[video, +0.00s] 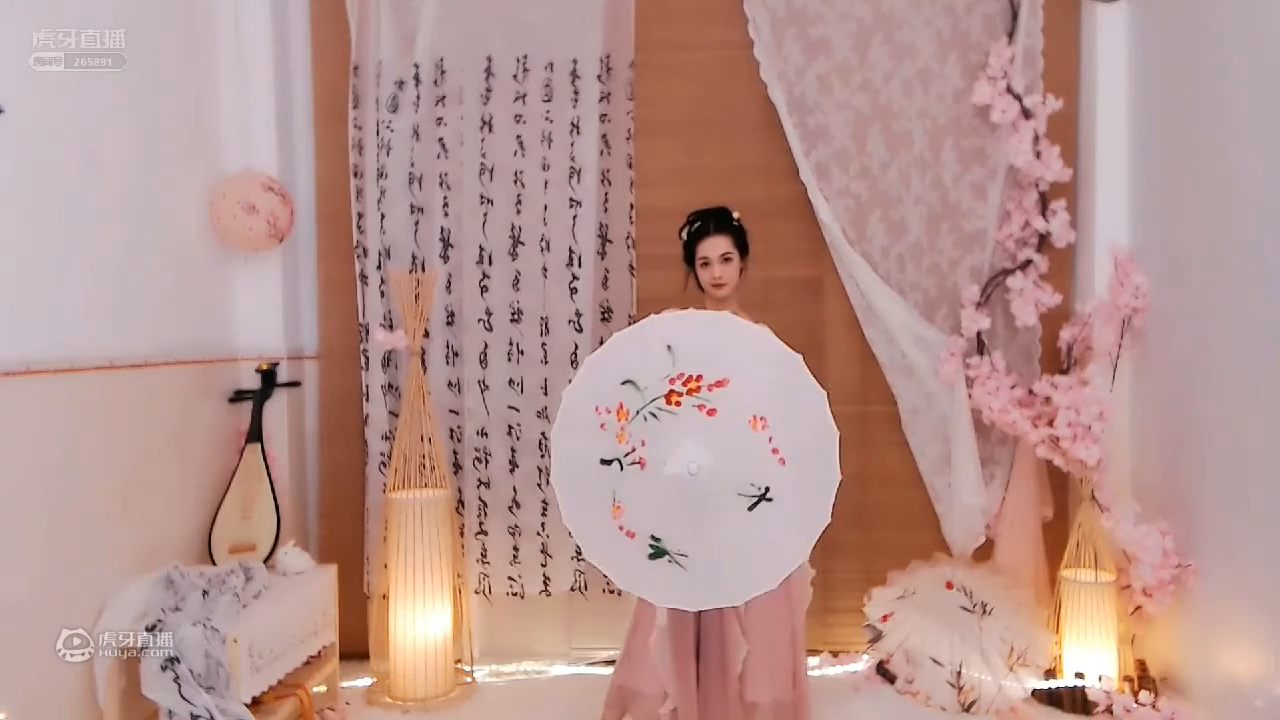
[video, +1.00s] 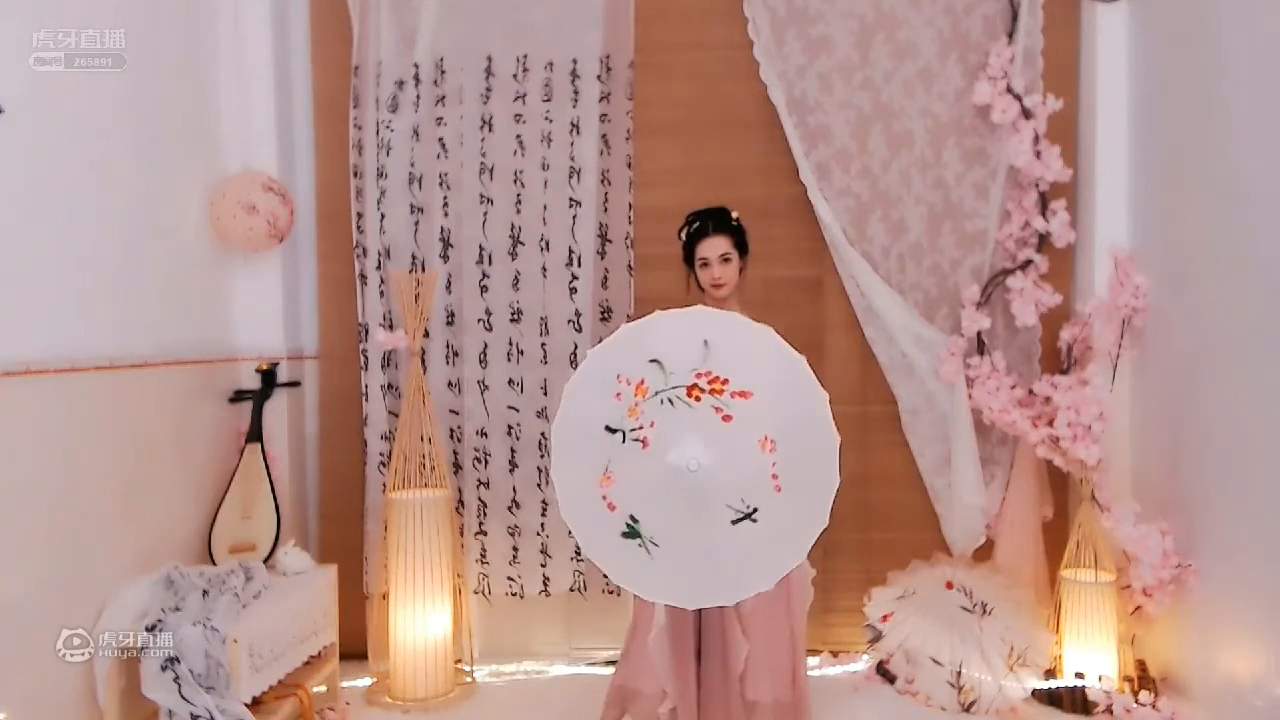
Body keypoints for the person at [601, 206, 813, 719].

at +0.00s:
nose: (716, 272)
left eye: (726, 259)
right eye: (705, 262)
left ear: (742, 264)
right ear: (692, 268)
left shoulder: (759, 338)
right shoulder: (671, 333)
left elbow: (783, 427)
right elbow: (644, 417)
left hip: (744, 490)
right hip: (682, 487)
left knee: (743, 606)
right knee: (679, 605)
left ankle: (743, 710)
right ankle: (676, 710)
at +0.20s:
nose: (716, 272)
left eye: (726, 259)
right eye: (705, 262)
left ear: (742, 263)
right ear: (693, 268)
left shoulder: (762, 340)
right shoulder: (671, 336)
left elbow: (785, 431)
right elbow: (644, 419)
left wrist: (779, 510)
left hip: (746, 493)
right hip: (681, 491)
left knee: (744, 609)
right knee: (678, 608)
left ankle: (743, 711)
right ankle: (675, 711)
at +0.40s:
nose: (716, 272)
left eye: (726, 259)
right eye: (705, 262)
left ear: (742, 264)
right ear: (693, 268)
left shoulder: (761, 340)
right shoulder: (670, 337)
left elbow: (787, 430)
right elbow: (643, 421)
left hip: (746, 495)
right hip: (681, 493)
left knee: (744, 612)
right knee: (679, 612)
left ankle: (744, 711)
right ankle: (677, 712)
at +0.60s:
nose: (716, 272)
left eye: (725, 259)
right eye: (705, 262)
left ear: (742, 264)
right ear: (692, 268)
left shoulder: (760, 341)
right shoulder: (666, 338)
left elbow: (789, 433)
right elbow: (639, 426)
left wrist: (786, 517)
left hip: (745, 500)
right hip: (679, 497)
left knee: (745, 618)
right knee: (677, 617)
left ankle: (744, 712)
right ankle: (674, 712)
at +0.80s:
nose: (715, 273)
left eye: (725, 259)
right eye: (704, 262)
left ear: (742, 263)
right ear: (692, 269)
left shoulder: (761, 342)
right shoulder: (674, 339)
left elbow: (785, 432)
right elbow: (648, 425)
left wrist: (781, 514)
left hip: (748, 496)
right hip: (684, 494)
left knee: (747, 616)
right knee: (681, 615)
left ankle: (745, 712)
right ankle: (676, 712)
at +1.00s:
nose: (715, 273)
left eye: (724, 259)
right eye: (704, 262)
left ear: (741, 263)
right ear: (692, 268)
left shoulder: (761, 341)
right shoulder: (671, 337)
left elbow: (786, 430)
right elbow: (645, 425)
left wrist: (782, 516)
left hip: (747, 496)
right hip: (681, 495)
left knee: (745, 617)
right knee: (678, 615)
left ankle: (744, 712)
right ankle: (676, 712)